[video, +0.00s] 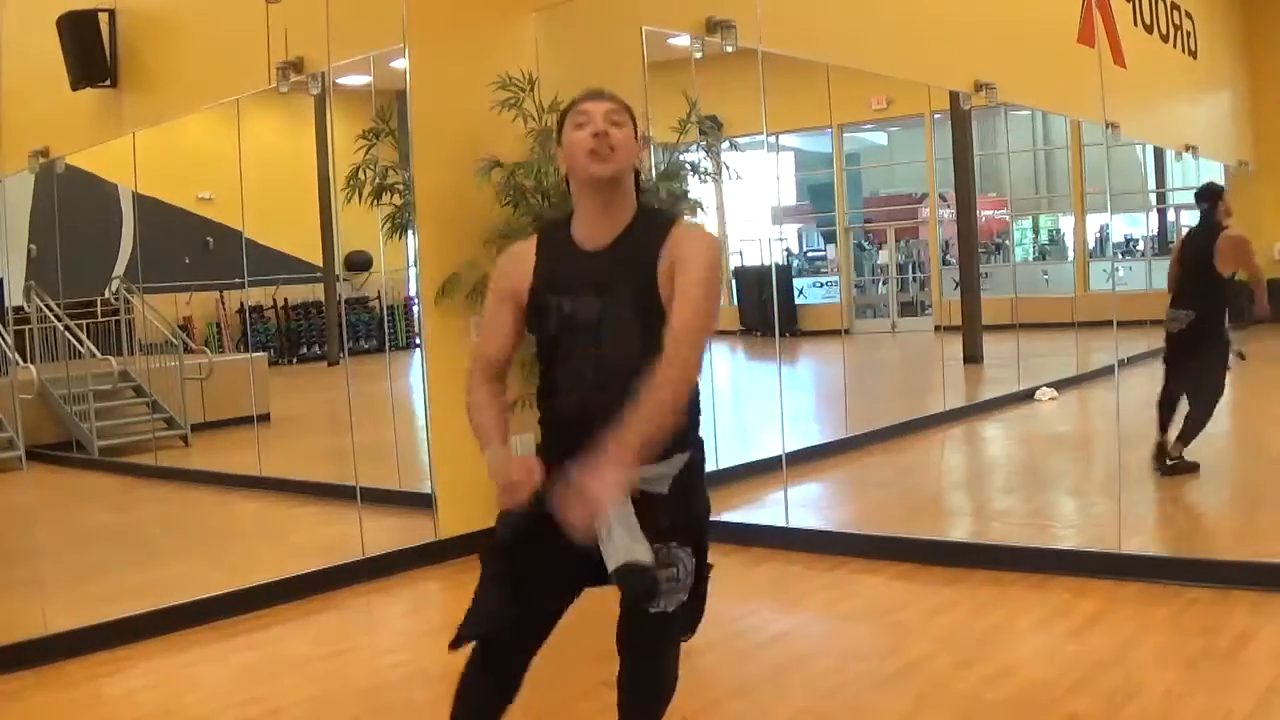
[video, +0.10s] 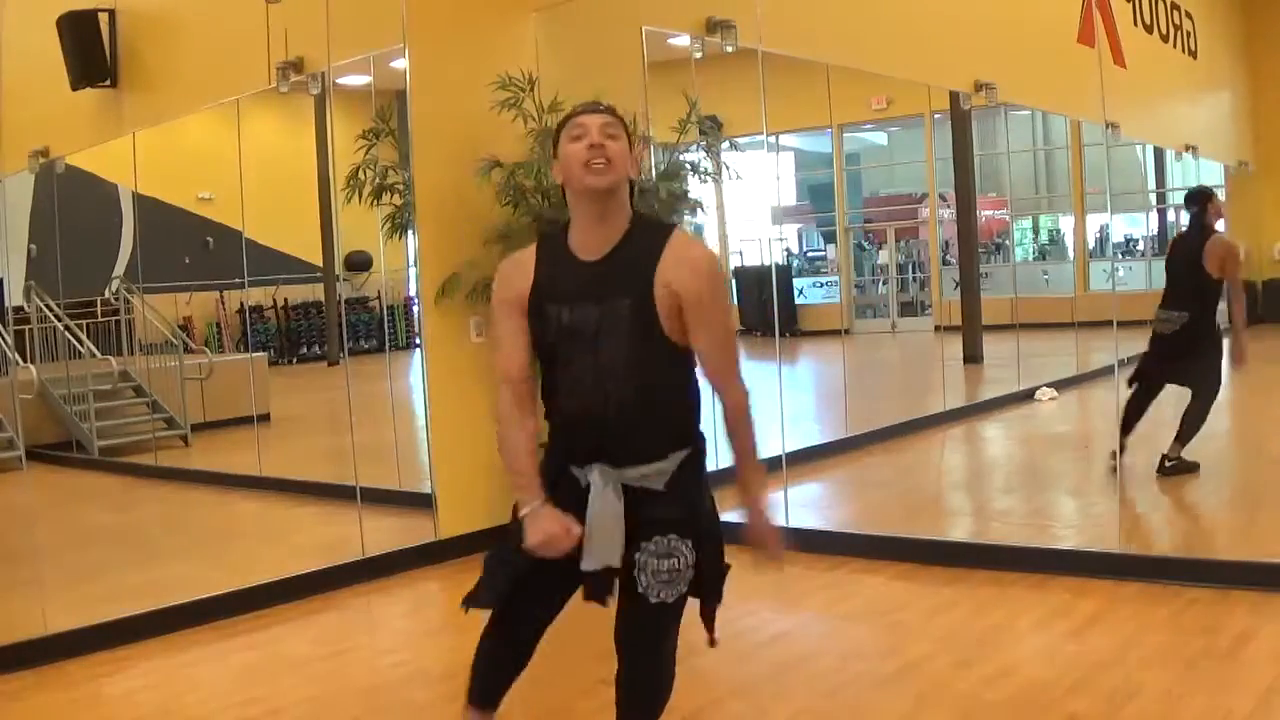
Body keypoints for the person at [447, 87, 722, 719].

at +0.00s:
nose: (599, 130)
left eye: (615, 122)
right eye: (582, 124)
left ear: (640, 150)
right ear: (561, 157)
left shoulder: (687, 247)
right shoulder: (523, 261)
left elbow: (675, 378)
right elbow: (488, 373)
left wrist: (607, 467)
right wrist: (500, 457)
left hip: (659, 488)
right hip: (560, 482)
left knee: (646, 681)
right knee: (494, 663)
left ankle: (639, 717)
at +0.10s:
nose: (595, 143)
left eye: (610, 136)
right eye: (579, 138)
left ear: (635, 161)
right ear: (559, 171)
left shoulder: (684, 261)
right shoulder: (521, 272)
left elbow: (729, 388)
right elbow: (515, 393)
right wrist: (531, 501)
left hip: (663, 488)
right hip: (567, 485)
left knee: (643, 671)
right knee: (510, 630)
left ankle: (636, 719)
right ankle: (477, 711)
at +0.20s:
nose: (602, 133)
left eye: (616, 126)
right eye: (585, 127)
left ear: (638, 154)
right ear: (564, 159)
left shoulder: (691, 248)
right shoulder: (528, 256)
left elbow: (762, 315)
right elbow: (515, 375)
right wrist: (563, 461)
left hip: (659, 470)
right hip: (567, 462)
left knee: (643, 632)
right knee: (544, 595)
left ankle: (635, 714)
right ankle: (538, 684)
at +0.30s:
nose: (618, 125)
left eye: (632, 116)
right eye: (601, 117)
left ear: (653, 139)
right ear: (579, 145)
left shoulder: (701, 224)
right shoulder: (541, 235)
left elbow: (766, 244)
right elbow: (514, 344)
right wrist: (571, 422)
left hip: (655, 453)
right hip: (568, 447)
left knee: (640, 613)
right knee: (576, 573)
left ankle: (631, 710)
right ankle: (608, 652)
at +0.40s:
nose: (633, 126)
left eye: (646, 119)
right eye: (617, 119)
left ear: (665, 144)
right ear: (593, 147)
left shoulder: (699, 222)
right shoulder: (553, 230)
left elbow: (771, 233)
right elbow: (523, 335)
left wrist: (783, 229)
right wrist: (567, 416)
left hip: (658, 444)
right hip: (578, 442)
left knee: (640, 603)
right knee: (597, 572)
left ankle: (632, 710)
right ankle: (670, 637)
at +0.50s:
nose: (640, 140)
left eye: (651, 132)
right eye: (624, 132)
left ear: (669, 153)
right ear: (598, 156)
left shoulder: (708, 237)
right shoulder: (561, 239)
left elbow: (777, 283)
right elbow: (537, 343)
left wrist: (803, 317)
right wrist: (559, 429)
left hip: (667, 443)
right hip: (592, 442)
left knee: (646, 595)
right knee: (623, 573)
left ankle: (632, 714)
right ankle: (704, 644)